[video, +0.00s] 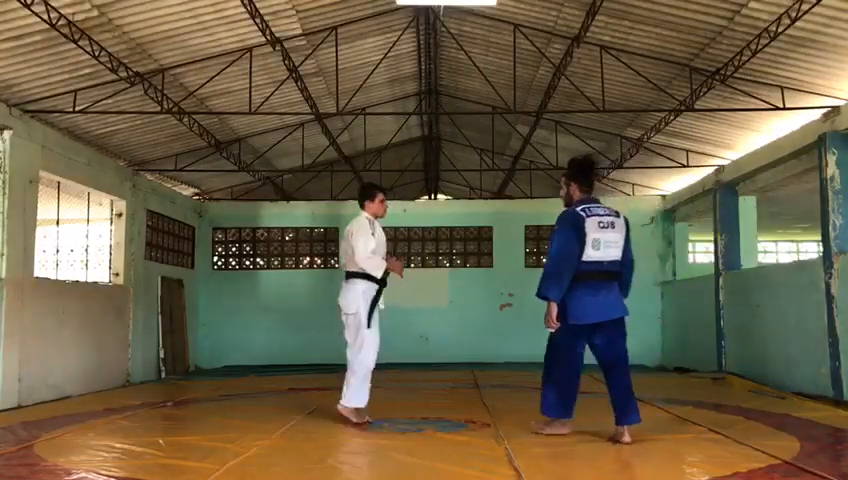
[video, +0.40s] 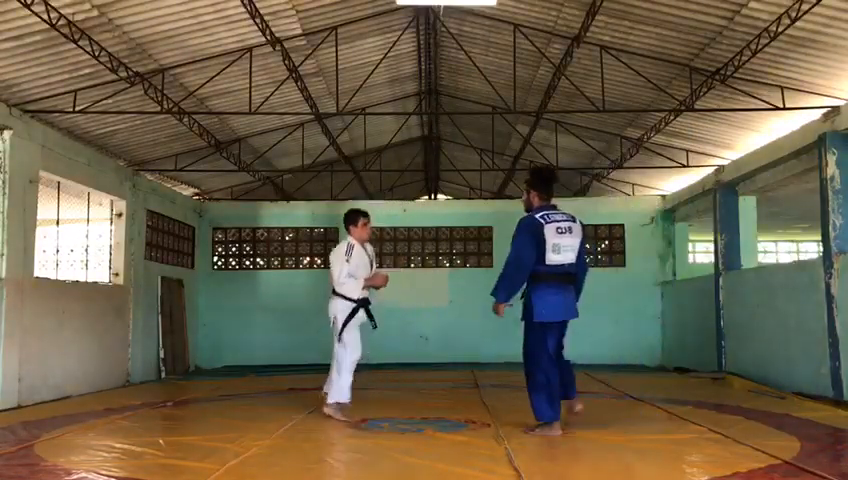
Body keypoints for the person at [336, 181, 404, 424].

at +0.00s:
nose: (385, 206)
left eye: (385, 201)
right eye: (381, 201)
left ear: (371, 204)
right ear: (369, 203)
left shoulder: (371, 226)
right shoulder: (361, 225)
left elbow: (366, 258)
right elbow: (362, 257)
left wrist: (386, 263)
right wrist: (388, 265)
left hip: (366, 290)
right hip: (358, 291)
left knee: (364, 346)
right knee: (365, 346)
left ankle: (355, 402)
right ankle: (349, 403)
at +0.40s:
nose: (369, 229)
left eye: (369, 225)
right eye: (365, 225)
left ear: (359, 227)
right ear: (353, 228)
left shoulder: (367, 250)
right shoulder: (341, 251)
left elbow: (362, 276)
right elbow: (340, 282)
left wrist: (376, 278)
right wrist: (369, 282)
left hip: (356, 305)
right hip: (342, 306)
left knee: (344, 351)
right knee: (352, 351)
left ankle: (331, 392)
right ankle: (333, 402)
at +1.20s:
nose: (384, 241)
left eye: (385, 237)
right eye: (381, 237)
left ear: (379, 238)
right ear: (369, 236)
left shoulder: (378, 261)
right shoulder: (353, 258)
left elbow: (390, 291)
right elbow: (358, 291)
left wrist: (417, 293)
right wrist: (382, 276)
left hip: (369, 312)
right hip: (357, 311)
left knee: (366, 357)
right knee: (376, 354)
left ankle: (337, 389)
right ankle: (374, 407)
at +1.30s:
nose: (386, 244)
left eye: (387, 240)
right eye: (382, 240)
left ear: (384, 242)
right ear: (370, 241)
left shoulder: (387, 263)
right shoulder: (355, 266)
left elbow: (409, 275)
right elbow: (352, 298)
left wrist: (437, 281)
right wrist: (378, 297)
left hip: (375, 316)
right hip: (359, 316)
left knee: (372, 359)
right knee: (379, 354)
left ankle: (338, 385)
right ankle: (375, 407)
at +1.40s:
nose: (385, 245)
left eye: (386, 241)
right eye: (380, 241)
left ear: (385, 243)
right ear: (369, 244)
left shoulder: (387, 262)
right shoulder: (357, 270)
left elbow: (410, 269)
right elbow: (358, 302)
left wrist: (429, 266)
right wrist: (387, 309)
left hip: (378, 316)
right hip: (363, 318)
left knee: (376, 359)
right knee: (382, 355)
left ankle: (343, 385)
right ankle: (375, 408)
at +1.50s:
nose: (383, 244)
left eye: (384, 240)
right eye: (379, 240)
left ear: (381, 243)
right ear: (367, 244)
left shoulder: (385, 261)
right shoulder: (361, 267)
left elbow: (406, 270)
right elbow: (376, 292)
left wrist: (418, 265)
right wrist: (404, 295)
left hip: (379, 316)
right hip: (365, 317)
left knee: (387, 355)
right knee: (387, 355)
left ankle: (368, 386)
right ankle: (377, 407)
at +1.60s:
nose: (381, 244)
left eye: (381, 240)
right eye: (377, 241)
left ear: (374, 243)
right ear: (366, 244)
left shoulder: (372, 258)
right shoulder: (368, 261)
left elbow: (388, 257)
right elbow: (399, 263)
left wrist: (401, 252)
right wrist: (420, 261)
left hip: (377, 315)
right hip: (370, 317)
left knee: (398, 355)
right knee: (390, 357)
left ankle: (394, 394)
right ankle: (377, 405)